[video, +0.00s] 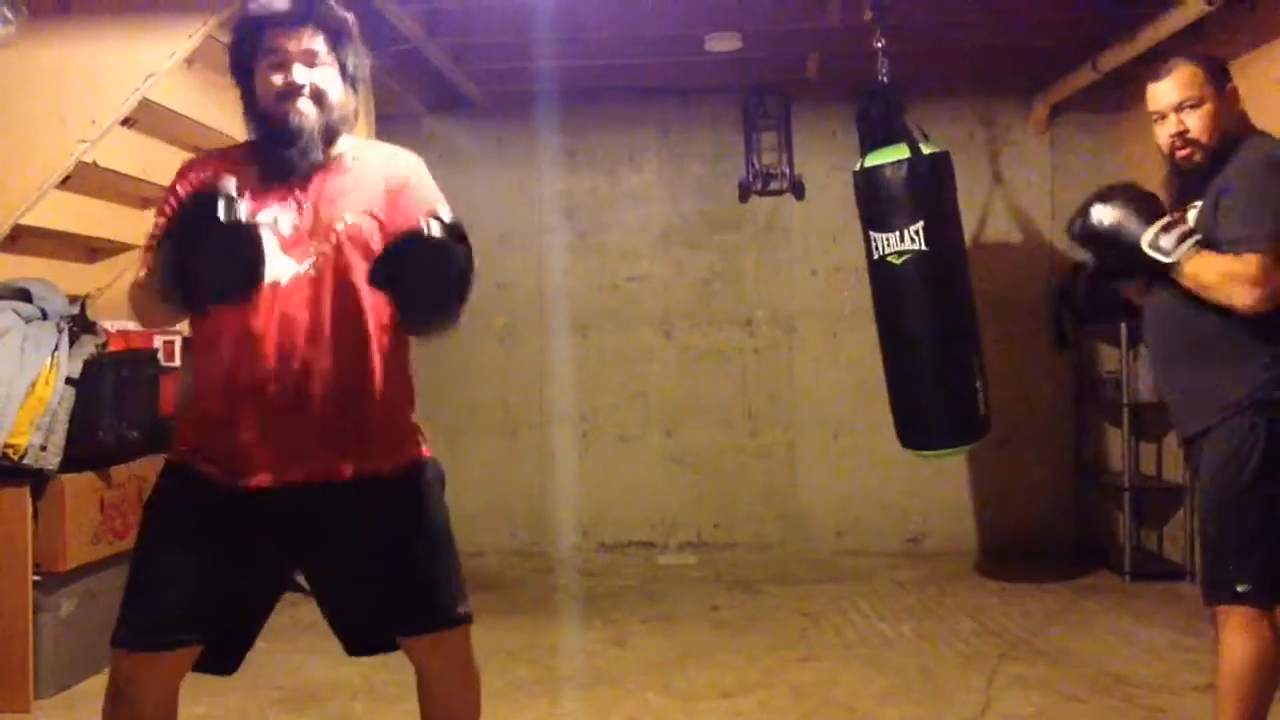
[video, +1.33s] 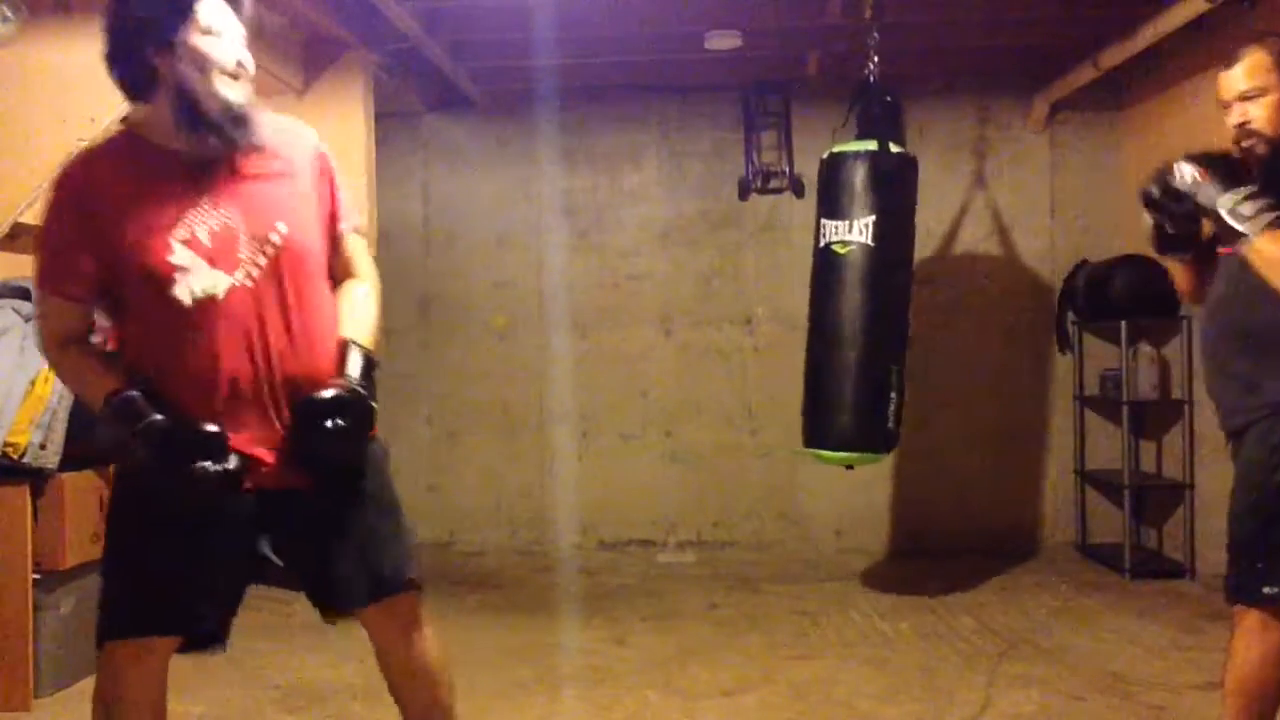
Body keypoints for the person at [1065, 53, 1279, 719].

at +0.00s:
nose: (1174, 129)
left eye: (1188, 108)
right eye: (1160, 117)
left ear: (1230, 98)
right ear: (1151, 122)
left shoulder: (1258, 164)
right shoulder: (1199, 184)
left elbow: (1256, 288)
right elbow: (1182, 305)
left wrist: (1166, 248)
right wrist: (1128, 270)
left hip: (1249, 421)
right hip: (1218, 422)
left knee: (1241, 605)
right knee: (1245, 601)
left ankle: (1236, 716)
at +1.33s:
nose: (1238, 117)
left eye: (1253, 97)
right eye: (1228, 106)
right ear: (1223, 117)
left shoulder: (1274, 195)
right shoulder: (1242, 196)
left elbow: (1275, 280)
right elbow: (1193, 291)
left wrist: (1243, 220)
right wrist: (1177, 231)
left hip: (1272, 421)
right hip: (1248, 423)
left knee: (1256, 602)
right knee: (1254, 599)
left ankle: (1242, 711)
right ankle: (1250, 706)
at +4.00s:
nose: (1061, 108)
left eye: (1070, 86)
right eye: (1059, 91)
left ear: (1126, 72)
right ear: (1127, 77)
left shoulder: (1165, 147)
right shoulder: (1151, 146)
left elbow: (1033, 257)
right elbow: (1042, 255)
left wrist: (932, 177)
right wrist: (931, 202)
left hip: (1213, 419)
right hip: (1197, 413)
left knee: (1131, 614)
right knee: (1145, 614)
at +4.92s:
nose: (1167, 73)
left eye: (1179, 52)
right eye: (1167, 55)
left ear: (1245, 44)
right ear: (1242, 47)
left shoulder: (1253, 135)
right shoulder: (1247, 129)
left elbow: (1150, 268)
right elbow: (1171, 258)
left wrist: (1082, 199)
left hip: (1243, 436)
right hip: (1242, 430)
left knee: (1173, 648)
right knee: (1184, 645)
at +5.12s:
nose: (1093, 84)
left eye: (1103, 60)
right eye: (1092, 64)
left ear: (1162, 45)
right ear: (1167, 46)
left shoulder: (1197, 122)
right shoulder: (1242, 115)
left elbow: (1033, 219)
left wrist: (927, 148)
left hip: (1234, 421)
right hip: (1257, 412)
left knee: (1167, 653)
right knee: (1183, 646)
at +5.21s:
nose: (1091, 83)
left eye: (1100, 58)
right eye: (1091, 62)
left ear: (1157, 43)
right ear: (1163, 44)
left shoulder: (1189, 120)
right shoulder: (1246, 112)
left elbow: (1023, 210)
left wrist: (917, 151)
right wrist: (1123, 304)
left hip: (1230, 427)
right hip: (1259, 418)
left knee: (1170, 660)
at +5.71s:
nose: (1213, 43)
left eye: (1230, 17)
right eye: (1213, 23)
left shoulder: (1276, 144)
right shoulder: (1266, 144)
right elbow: (1250, 297)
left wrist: (1209, 366)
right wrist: (1188, 367)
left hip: (1278, 441)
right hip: (1266, 438)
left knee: (1231, 672)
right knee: (1244, 672)